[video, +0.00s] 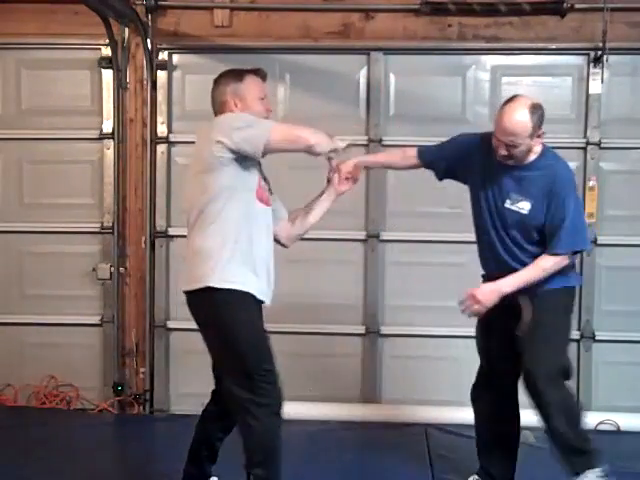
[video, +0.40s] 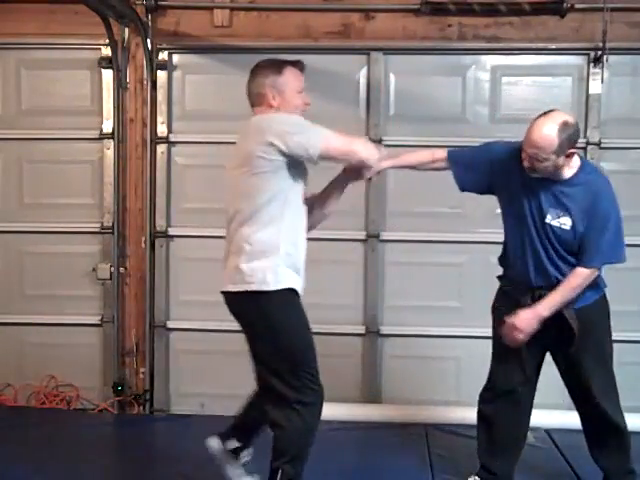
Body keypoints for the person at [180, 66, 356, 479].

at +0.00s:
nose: (269, 108)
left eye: (268, 101)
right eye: (261, 99)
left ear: (233, 102)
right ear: (233, 101)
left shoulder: (248, 170)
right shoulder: (225, 127)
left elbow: (287, 232)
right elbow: (310, 139)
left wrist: (331, 191)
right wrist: (328, 146)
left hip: (235, 288)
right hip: (221, 284)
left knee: (231, 395)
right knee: (262, 397)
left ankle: (196, 474)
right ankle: (264, 476)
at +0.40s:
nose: (306, 100)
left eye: (304, 91)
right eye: (299, 91)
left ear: (267, 99)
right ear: (270, 96)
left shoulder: (258, 137)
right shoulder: (275, 127)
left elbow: (302, 221)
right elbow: (360, 151)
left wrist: (346, 176)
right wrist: (374, 154)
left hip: (251, 283)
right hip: (267, 284)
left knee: (278, 382)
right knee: (303, 393)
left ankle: (231, 443)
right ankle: (284, 475)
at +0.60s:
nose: (330, 103)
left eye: (328, 94)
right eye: (322, 95)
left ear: (295, 102)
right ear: (293, 101)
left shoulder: (293, 142)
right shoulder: (288, 145)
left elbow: (317, 197)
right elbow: (323, 216)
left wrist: (355, 177)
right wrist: (369, 185)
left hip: (293, 284)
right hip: (290, 287)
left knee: (312, 387)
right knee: (321, 391)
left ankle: (320, 466)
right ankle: (299, 472)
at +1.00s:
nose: (347, 107)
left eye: (349, 100)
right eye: (338, 100)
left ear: (348, 103)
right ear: (309, 102)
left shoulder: (360, 150)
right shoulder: (289, 154)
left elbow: (387, 211)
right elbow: (278, 230)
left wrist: (373, 199)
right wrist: (341, 216)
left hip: (351, 279)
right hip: (310, 276)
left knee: (348, 377)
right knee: (320, 376)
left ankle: (328, 463)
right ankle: (303, 469)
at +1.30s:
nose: (353, 110)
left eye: (356, 102)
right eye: (344, 102)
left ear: (360, 105)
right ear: (316, 102)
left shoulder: (369, 153)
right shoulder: (286, 153)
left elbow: (389, 213)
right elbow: (255, 225)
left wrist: (370, 236)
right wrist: (316, 236)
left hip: (351, 281)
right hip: (303, 279)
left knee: (361, 381)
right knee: (313, 384)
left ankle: (334, 459)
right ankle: (296, 473)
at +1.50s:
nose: (356, 118)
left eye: (360, 110)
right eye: (347, 109)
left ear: (362, 112)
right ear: (318, 107)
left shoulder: (359, 158)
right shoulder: (284, 158)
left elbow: (377, 220)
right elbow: (247, 230)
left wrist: (362, 242)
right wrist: (312, 242)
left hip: (355, 287)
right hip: (305, 290)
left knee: (422, 341)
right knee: (323, 391)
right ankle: (303, 475)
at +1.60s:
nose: (357, 125)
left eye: (360, 116)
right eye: (349, 115)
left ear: (362, 117)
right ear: (318, 111)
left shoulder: (361, 161)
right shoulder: (281, 162)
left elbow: (380, 225)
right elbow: (242, 233)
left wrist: (358, 240)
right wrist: (309, 244)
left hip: (355, 294)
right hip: (303, 295)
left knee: (415, 382)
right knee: (325, 408)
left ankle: (463, 469)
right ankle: (304, 476)